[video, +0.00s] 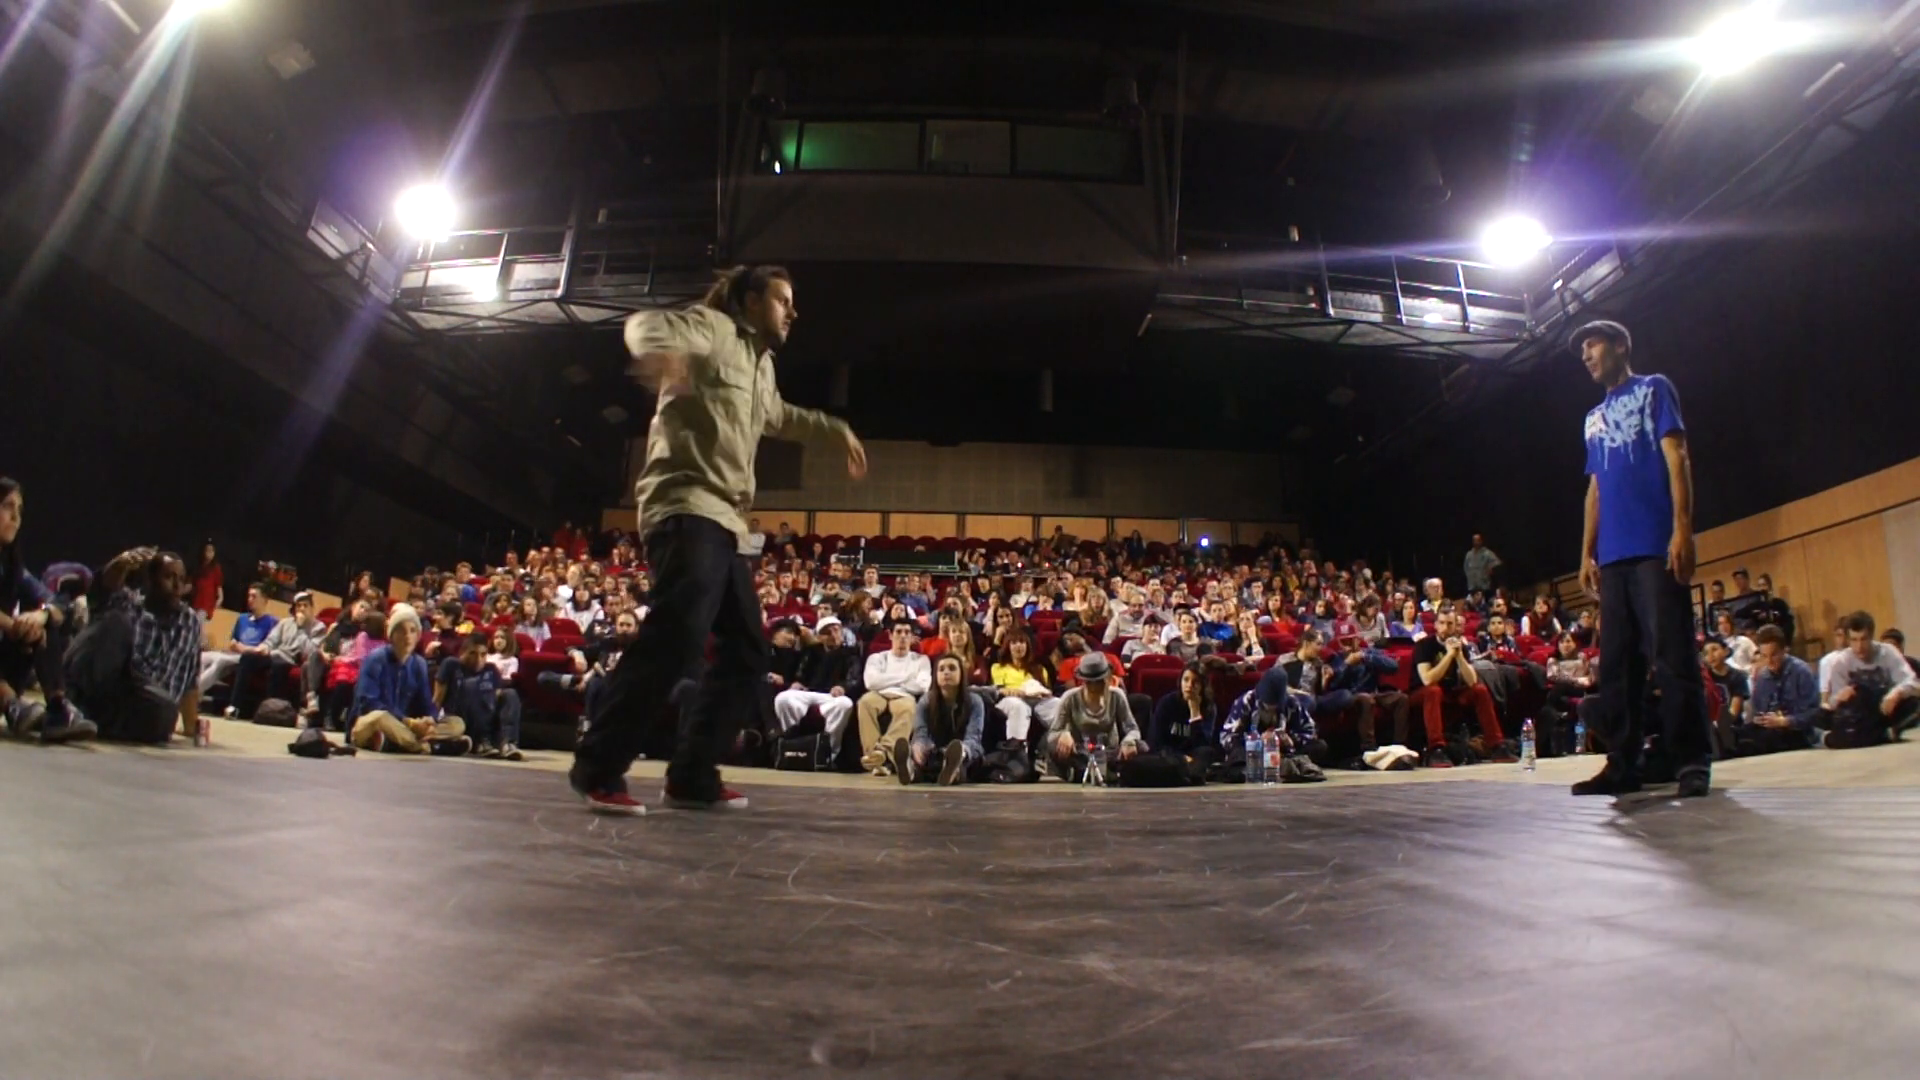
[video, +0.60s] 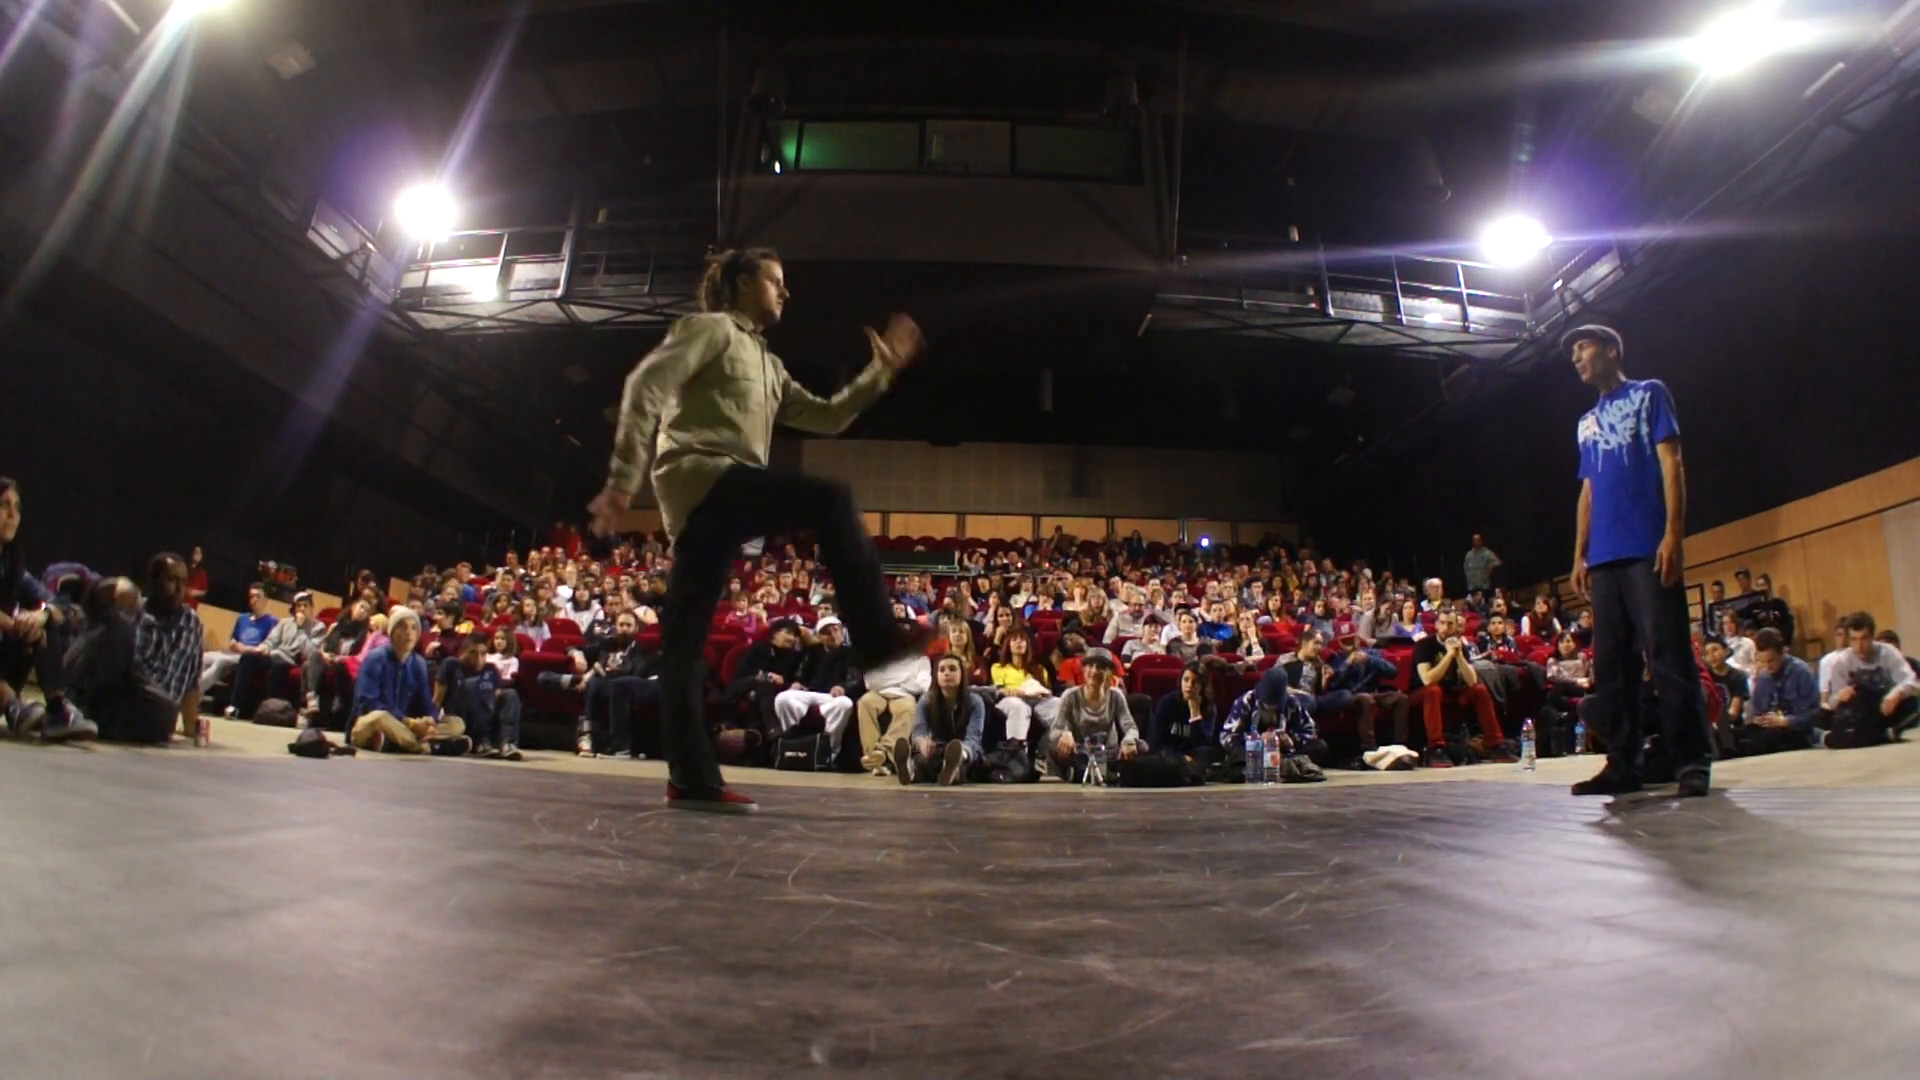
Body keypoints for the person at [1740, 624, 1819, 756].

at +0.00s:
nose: (1770, 660)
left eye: (1774, 655)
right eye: (1765, 656)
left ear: (1784, 651)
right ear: (1760, 655)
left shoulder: (1801, 671)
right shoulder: (1762, 676)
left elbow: (1812, 712)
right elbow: (1756, 711)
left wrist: (1784, 721)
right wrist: (1759, 719)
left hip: (1797, 732)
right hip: (1767, 732)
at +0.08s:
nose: (1769, 662)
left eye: (1773, 656)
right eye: (1764, 658)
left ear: (1784, 651)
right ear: (1760, 657)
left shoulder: (1801, 671)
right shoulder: (1762, 676)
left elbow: (1812, 713)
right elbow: (1756, 711)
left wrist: (1784, 721)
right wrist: (1759, 719)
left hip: (1798, 732)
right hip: (1767, 731)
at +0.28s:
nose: (1767, 666)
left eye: (1771, 660)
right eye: (1763, 661)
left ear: (1782, 653)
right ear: (1759, 659)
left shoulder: (1801, 672)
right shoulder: (1762, 676)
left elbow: (1812, 712)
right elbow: (1758, 711)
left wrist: (1784, 721)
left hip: (1798, 731)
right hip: (1769, 729)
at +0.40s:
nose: (1767, 666)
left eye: (1771, 661)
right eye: (1763, 662)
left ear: (1782, 653)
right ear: (1758, 658)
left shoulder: (1801, 672)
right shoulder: (1762, 676)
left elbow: (1812, 713)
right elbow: (1758, 711)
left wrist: (1784, 721)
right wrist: (1761, 720)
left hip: (1798, 731)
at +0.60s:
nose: (1767, 667)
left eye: (1771, 661)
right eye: (1763, 662)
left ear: (1783, 653)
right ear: (1758, 658)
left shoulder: (1801, 672)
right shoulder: (1763, 676)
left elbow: (1813, 713)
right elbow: (1758, 711)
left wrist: (1784, 721)